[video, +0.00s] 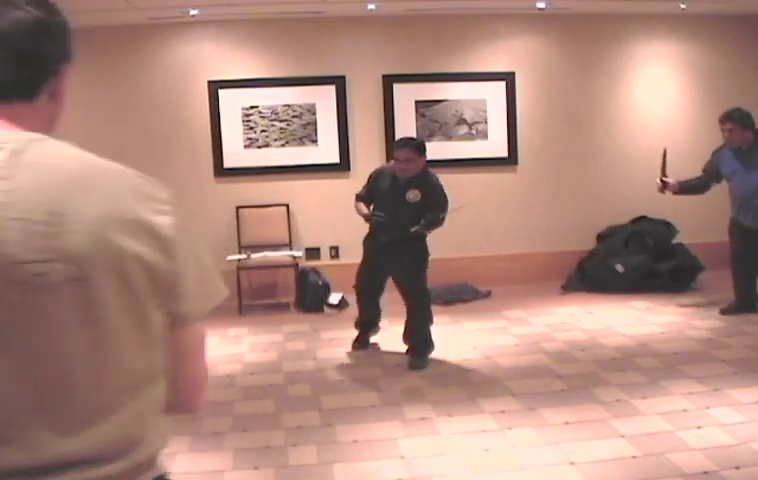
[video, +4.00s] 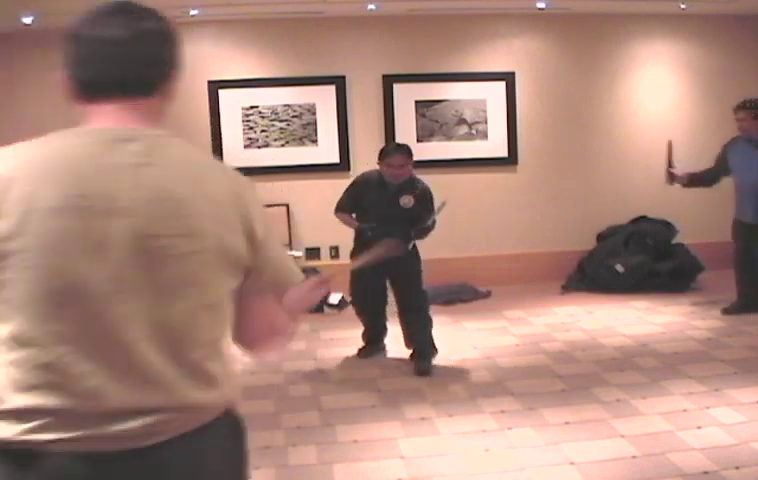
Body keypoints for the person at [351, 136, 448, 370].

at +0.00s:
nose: (401, 165)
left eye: (408, 161)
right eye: (397, 160)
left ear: (422, 161)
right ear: (392, 159)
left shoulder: (429, 183)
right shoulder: (381, 176)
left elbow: (438, 214)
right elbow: (361, 200)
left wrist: (422, 226)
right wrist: (366, 213)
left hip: (409, 246)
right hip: (378, 245)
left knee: (417, 299)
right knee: (365, 289)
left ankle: (419, 349)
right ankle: (366, 329)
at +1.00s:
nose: (399, 165)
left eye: (404, 158)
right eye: (392, 160)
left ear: (413, 158)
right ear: (384, 161)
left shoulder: (426, 180)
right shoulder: (371, 180)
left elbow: (455, 207)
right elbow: (341, 210)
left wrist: (454, 233)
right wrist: (331, 240)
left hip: (417, 251)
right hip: (381, 252)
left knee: (422, 301)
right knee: (381, 301)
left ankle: (420, 350)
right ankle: (380, 349)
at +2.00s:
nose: (399, 171)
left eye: (402, 165)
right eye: (392, 167)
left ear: (408, 160)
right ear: (378, 164)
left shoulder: (418, 178)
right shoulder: (362, 182)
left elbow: (446, 202)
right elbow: (334, 215)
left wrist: (432, 218)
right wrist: (330, 245)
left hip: (412, 246)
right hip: (379, 247)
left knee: (419, 297)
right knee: (380, 301)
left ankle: (421, 346)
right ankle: (381, 350)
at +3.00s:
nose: (403, 167)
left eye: (407, 161)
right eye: (396, 162)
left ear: (414, 157)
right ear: (384, 162)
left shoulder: (427, 179)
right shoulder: (371, 180)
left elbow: (443, 206)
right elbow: (347, 215)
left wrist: (439, 227)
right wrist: (358, 241)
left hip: (417, 248)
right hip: (381, 248)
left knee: (423, 297)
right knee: (380, 300)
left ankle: (421, 346)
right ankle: (379, 349)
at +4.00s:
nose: (398, 172)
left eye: (404, 166)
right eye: (392, 166)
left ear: (411, 166)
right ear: (381, 166)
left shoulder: (419, 190)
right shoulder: (365, 182)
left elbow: (427, 224)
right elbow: (340, 211)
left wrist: (410, 234)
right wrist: (360, 226)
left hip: (402, 250)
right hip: (367, 250)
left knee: (412, 302)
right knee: (365, 299)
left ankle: (422, 354)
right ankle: (374, 341)